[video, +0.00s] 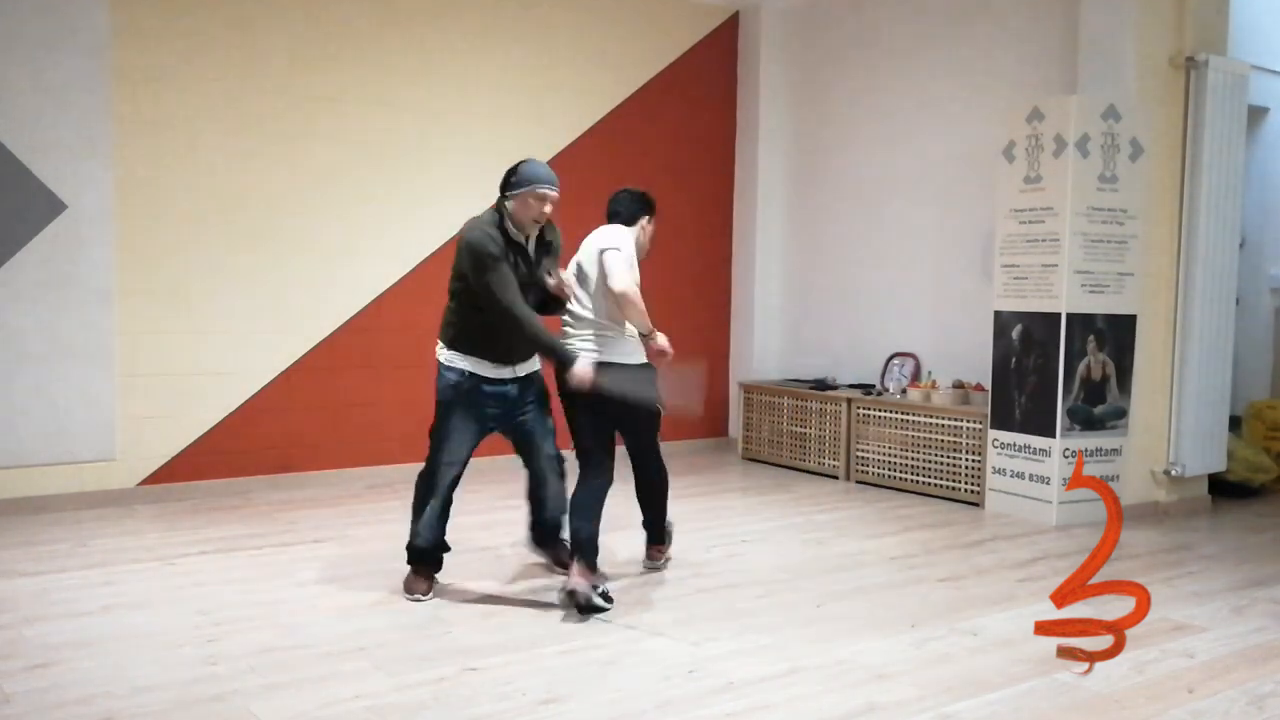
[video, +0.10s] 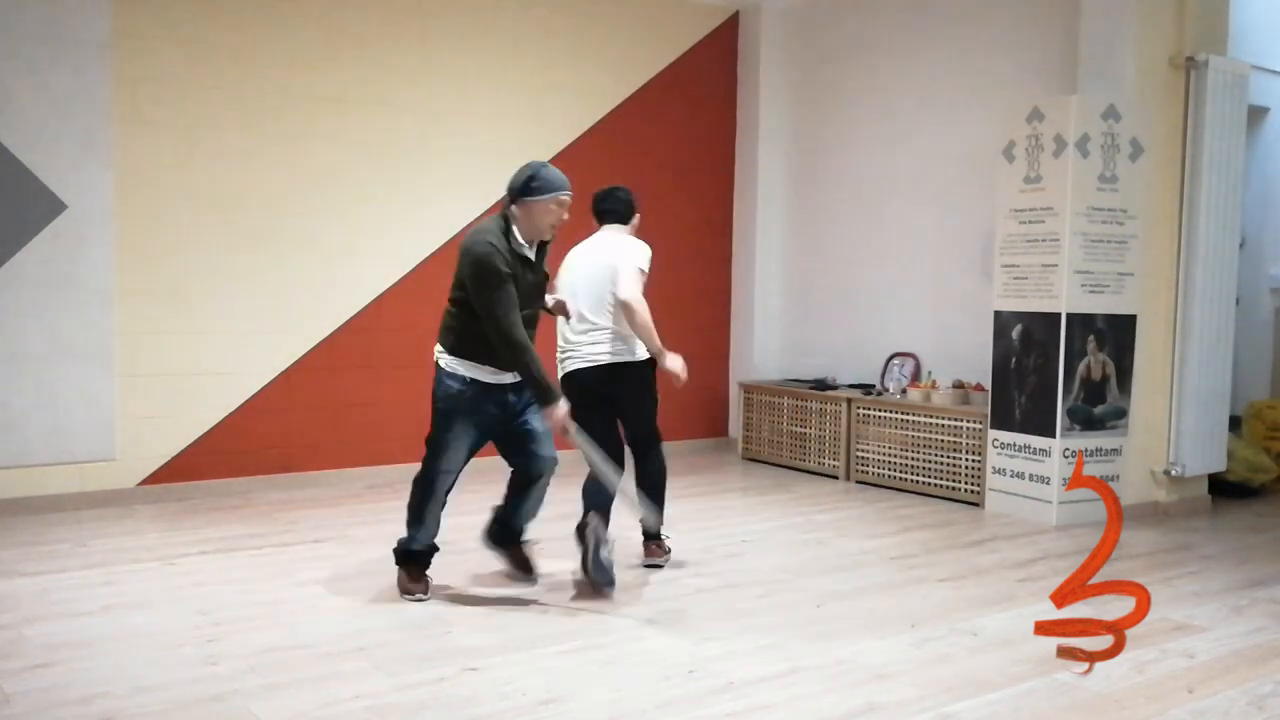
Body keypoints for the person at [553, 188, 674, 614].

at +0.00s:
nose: (651, 239)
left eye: (652, 232)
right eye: (652, 230)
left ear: (612, 218)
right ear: (644, 223)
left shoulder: (585, 249)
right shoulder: (620, 239)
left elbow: (568, 297)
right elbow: (622, 290)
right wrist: (652, 332)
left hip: (578, 369)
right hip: (624, 370)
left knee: (594, 468)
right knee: (647, 458)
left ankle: (581, 571)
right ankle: (657, 543)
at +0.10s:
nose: (639, 223)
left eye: (636, 218)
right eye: (638, 218)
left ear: (597, 218)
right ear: (634, 219)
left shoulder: (570, 258)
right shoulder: (632, 247)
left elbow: (562, 318)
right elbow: (628, 299)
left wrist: (566, 388)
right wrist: (661, 352)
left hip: (577, 371)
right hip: (625, 367)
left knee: (604, 456)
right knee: (646, 447)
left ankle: (593, 524)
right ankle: (653, 540)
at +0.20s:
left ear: (572, 208)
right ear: (610, 210)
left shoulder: (552, 249)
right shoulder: (634, 248)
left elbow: (535, 315)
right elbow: (651, 310)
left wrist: (537, 374)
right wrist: (663, 371)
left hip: (568, 367)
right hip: (623, 361)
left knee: (587, 444)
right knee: (634, 442)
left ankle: (606, 504)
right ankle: (651, 537)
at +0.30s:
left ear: (562, 205)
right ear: (598, 204)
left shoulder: (547, 242)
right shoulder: (618, 243)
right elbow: (645, 303)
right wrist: (644, 362)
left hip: (555, 353)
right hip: (603, 348)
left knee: (550, 433)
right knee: (623, 434)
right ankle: (645, 522)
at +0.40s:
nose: (514, 200)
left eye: (521, 193)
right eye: (515, 192)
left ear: (546, 195)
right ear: (543, 195)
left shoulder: (577, 235)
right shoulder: (531, 236)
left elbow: (611, 296)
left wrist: (611, 355)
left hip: (575, 358)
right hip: (543, 359)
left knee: (602, 425)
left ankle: (637, 491)